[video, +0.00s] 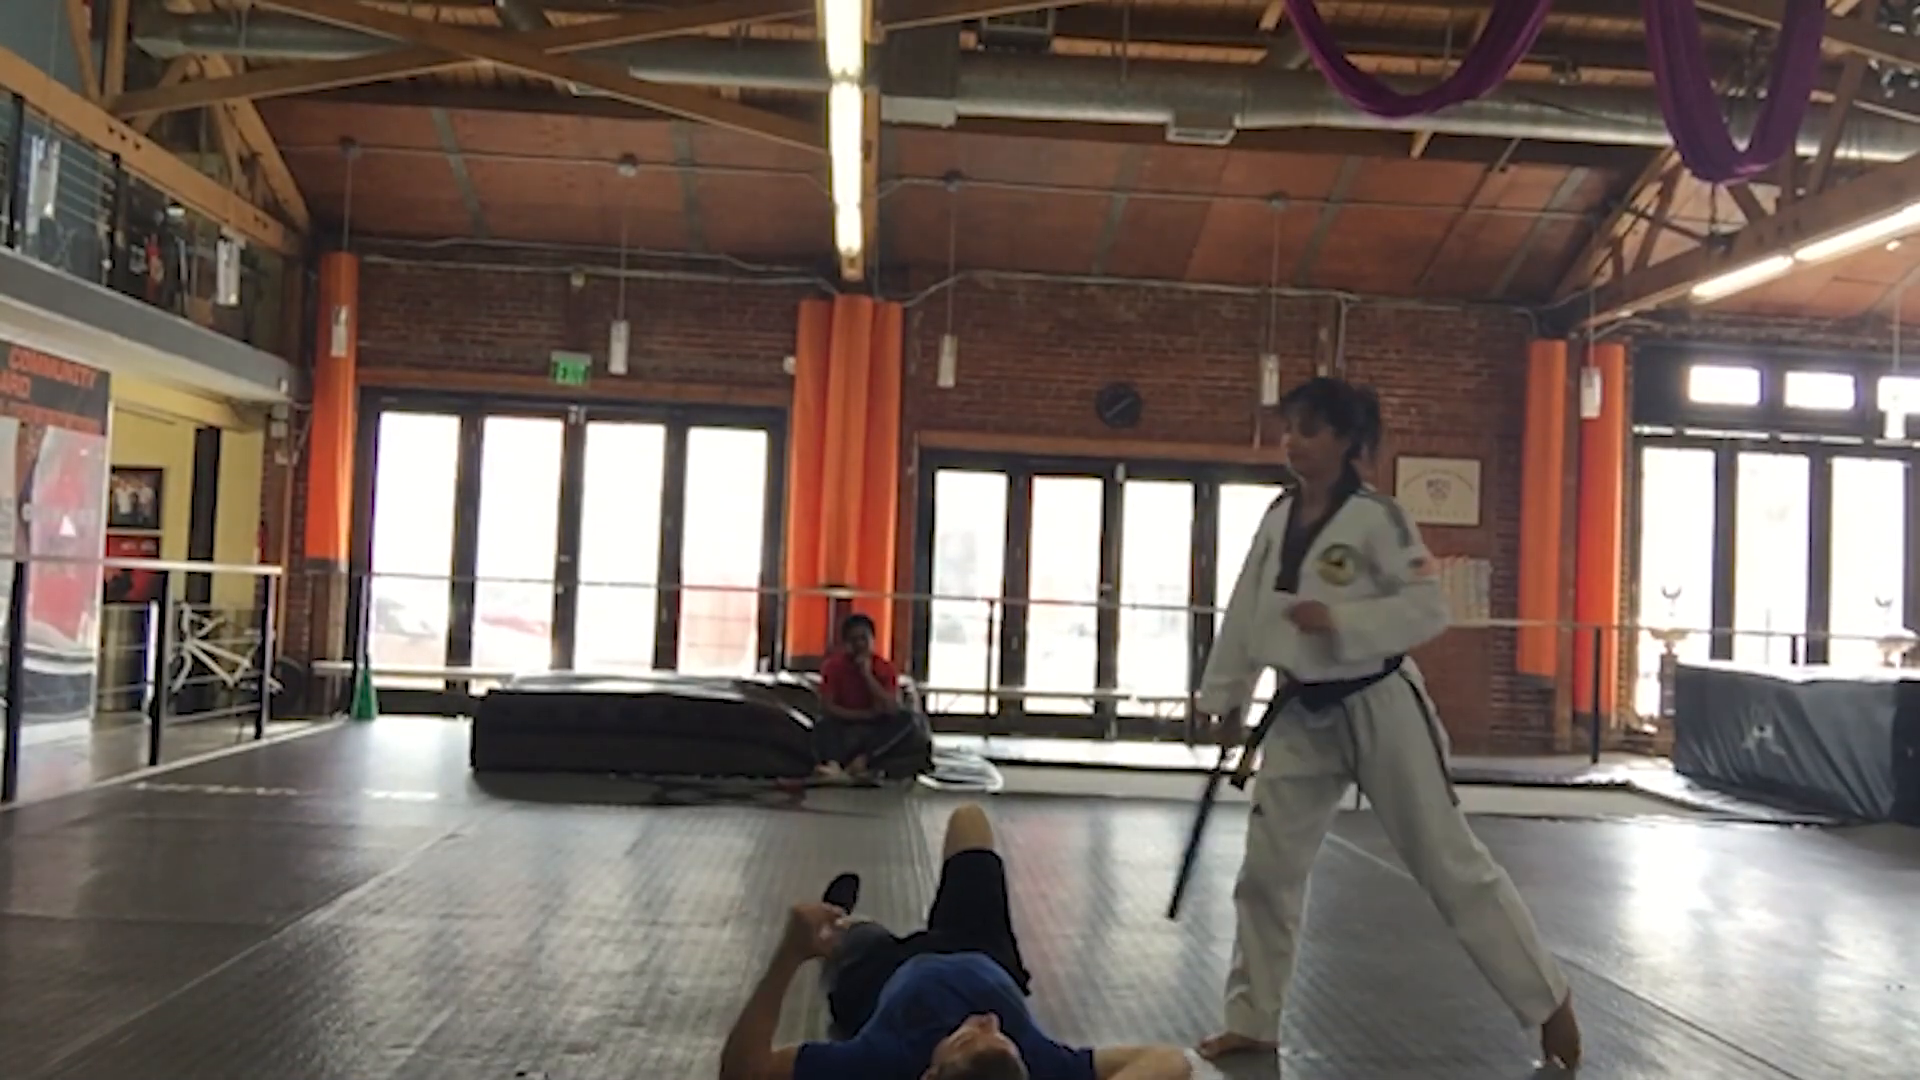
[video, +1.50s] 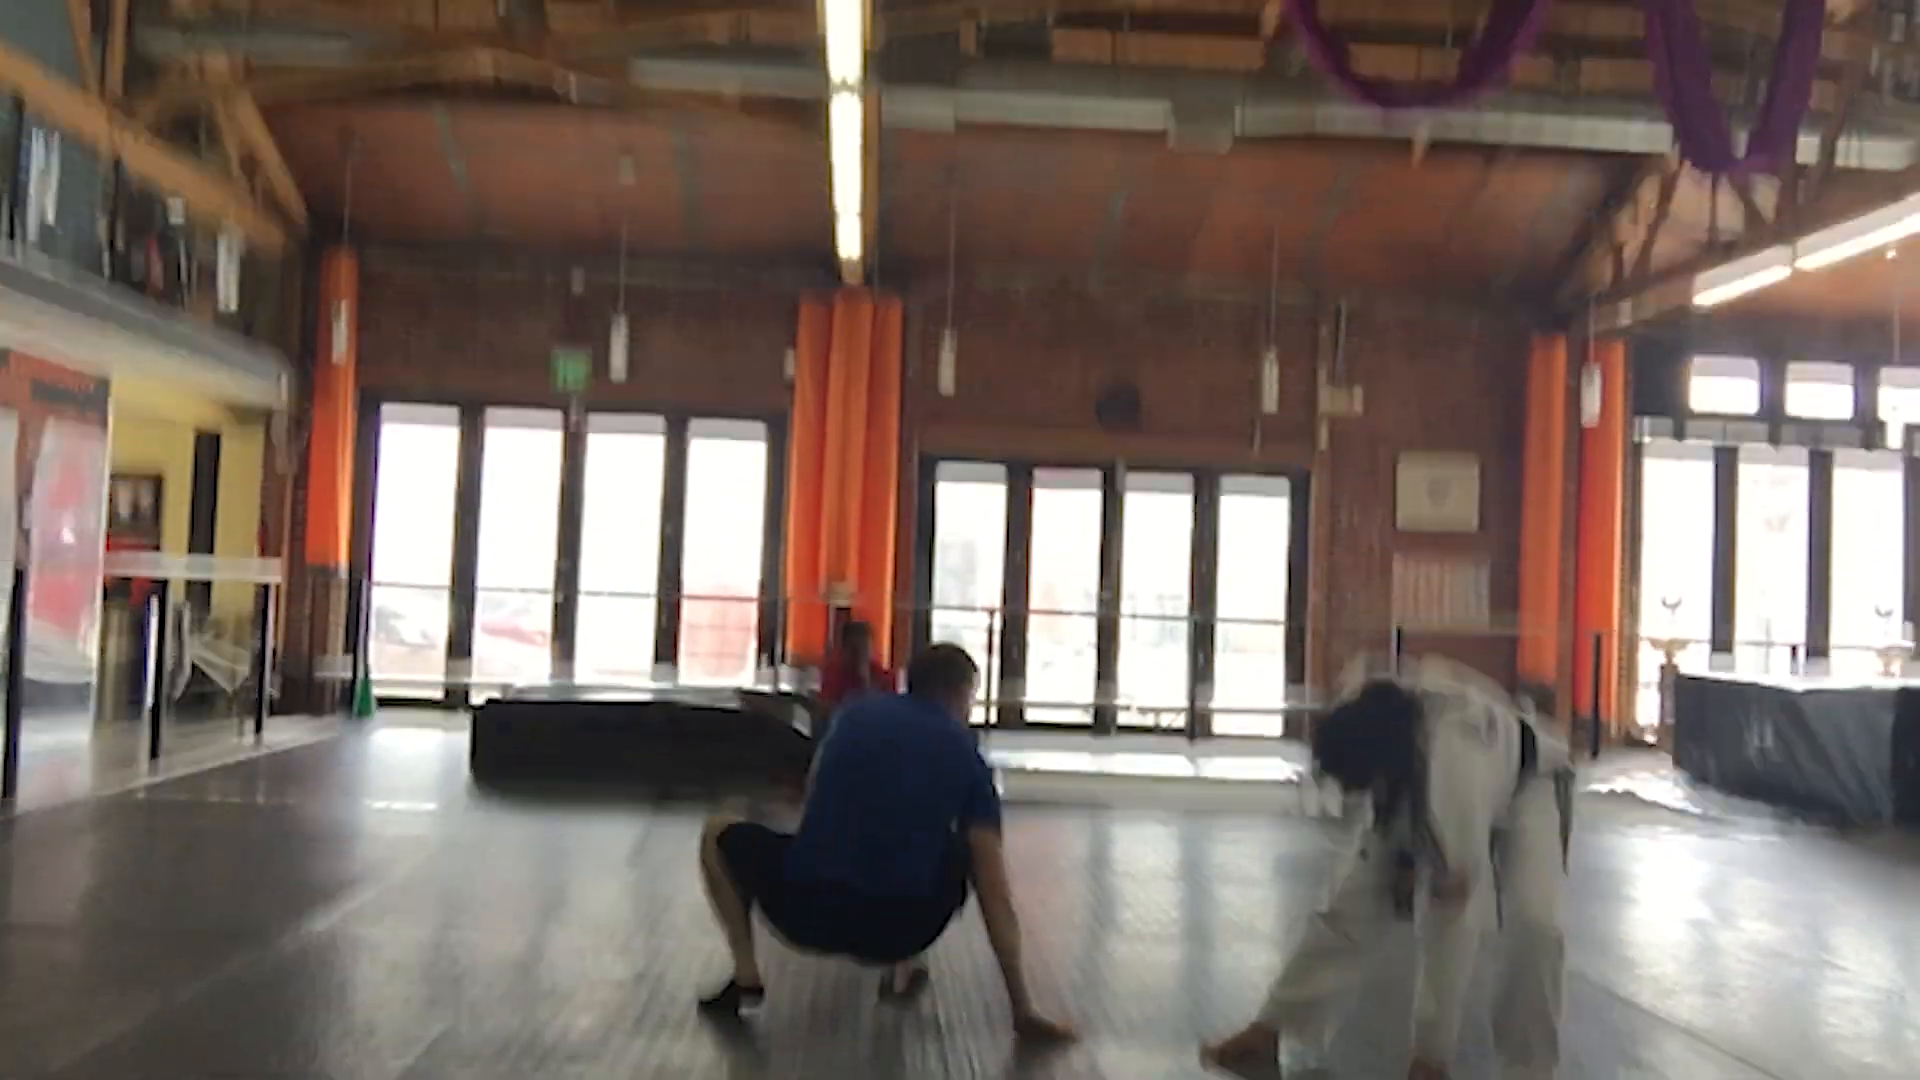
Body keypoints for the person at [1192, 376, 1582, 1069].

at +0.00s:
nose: (1293, 444)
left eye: (1310, 433)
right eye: (1289, 431)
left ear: (1351, 445)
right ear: (1284, 438)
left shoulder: (1377, 517)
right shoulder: (1279, 518)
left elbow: (1428, 607)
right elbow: (1244, 611)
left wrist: (1339, 617)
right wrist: (1220, 695)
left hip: (1382, 703)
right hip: (1302, 711)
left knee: (1445, 863)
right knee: (1267, 870)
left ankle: (1548, 1002)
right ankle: (1252, 1027)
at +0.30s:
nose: (1356, 450)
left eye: (1373, 438)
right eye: (1348, 436)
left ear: (1405, 450)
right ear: (1336, 445)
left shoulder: (1439, 528)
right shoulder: (1317, 531)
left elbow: (1487, 612)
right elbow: (1292, 621)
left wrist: (1435, 627)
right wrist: (1274, 671)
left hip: (1427, 716)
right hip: (1337, 717)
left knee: (1477, 873)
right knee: (1291, 874)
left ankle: (1539, 1020)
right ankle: (1256, 1023)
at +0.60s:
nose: (1399, 459)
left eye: (1417, 445)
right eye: (1389, 443)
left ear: (1443, 453)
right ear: (1375, 448)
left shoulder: (1474, 539)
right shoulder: (1350, 531)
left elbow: (1514, 628)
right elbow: (1314, 628)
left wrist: (1462, 639)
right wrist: (1295, 670)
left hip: (1450, 723)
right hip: (1354, 720)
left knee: (1494, 881)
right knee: (1304, 875)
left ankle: (1540, 1023)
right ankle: (1264, 1021)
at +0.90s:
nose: (1362, 480)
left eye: (1377, 467)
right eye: (1353, 465)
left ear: (1407, 464)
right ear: (1341, 460)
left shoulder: (1446, 544)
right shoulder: (1317, 535)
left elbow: (1488, 633)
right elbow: (1290, 624)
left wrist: (1449, 684)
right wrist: (1274, 694)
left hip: (1426, 728)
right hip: (1332, 725)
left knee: (1482, 884)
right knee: (1285, 879)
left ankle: (1542, 1013)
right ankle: (1256, 1023)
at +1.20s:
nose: (1359, 603)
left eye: (1373, 591)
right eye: (1348, 589)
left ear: (1399, 577)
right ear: (1332, 576)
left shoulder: (1444, 628)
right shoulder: (1324, 604)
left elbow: (1468, 748)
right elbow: (1328, 699)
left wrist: (1439, 857)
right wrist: (1337, 789)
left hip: (1460, 751)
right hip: (1374, 748)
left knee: (1499, 897)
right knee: (1308, 876)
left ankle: (1525, 1063)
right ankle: (1267, 1023)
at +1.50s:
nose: (1353, 792)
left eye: (1361, 782)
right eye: (1346, 781)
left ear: (1390, 759)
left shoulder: (1449, 749)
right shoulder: (1367, 714)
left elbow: (1453, 913)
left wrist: (1431, 1056)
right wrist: (1413, 852)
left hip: (1522, 778)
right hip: (1422, 781)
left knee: (1536, 923)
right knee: (1347, 911)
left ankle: (1527, 1069)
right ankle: (1266, 1033)